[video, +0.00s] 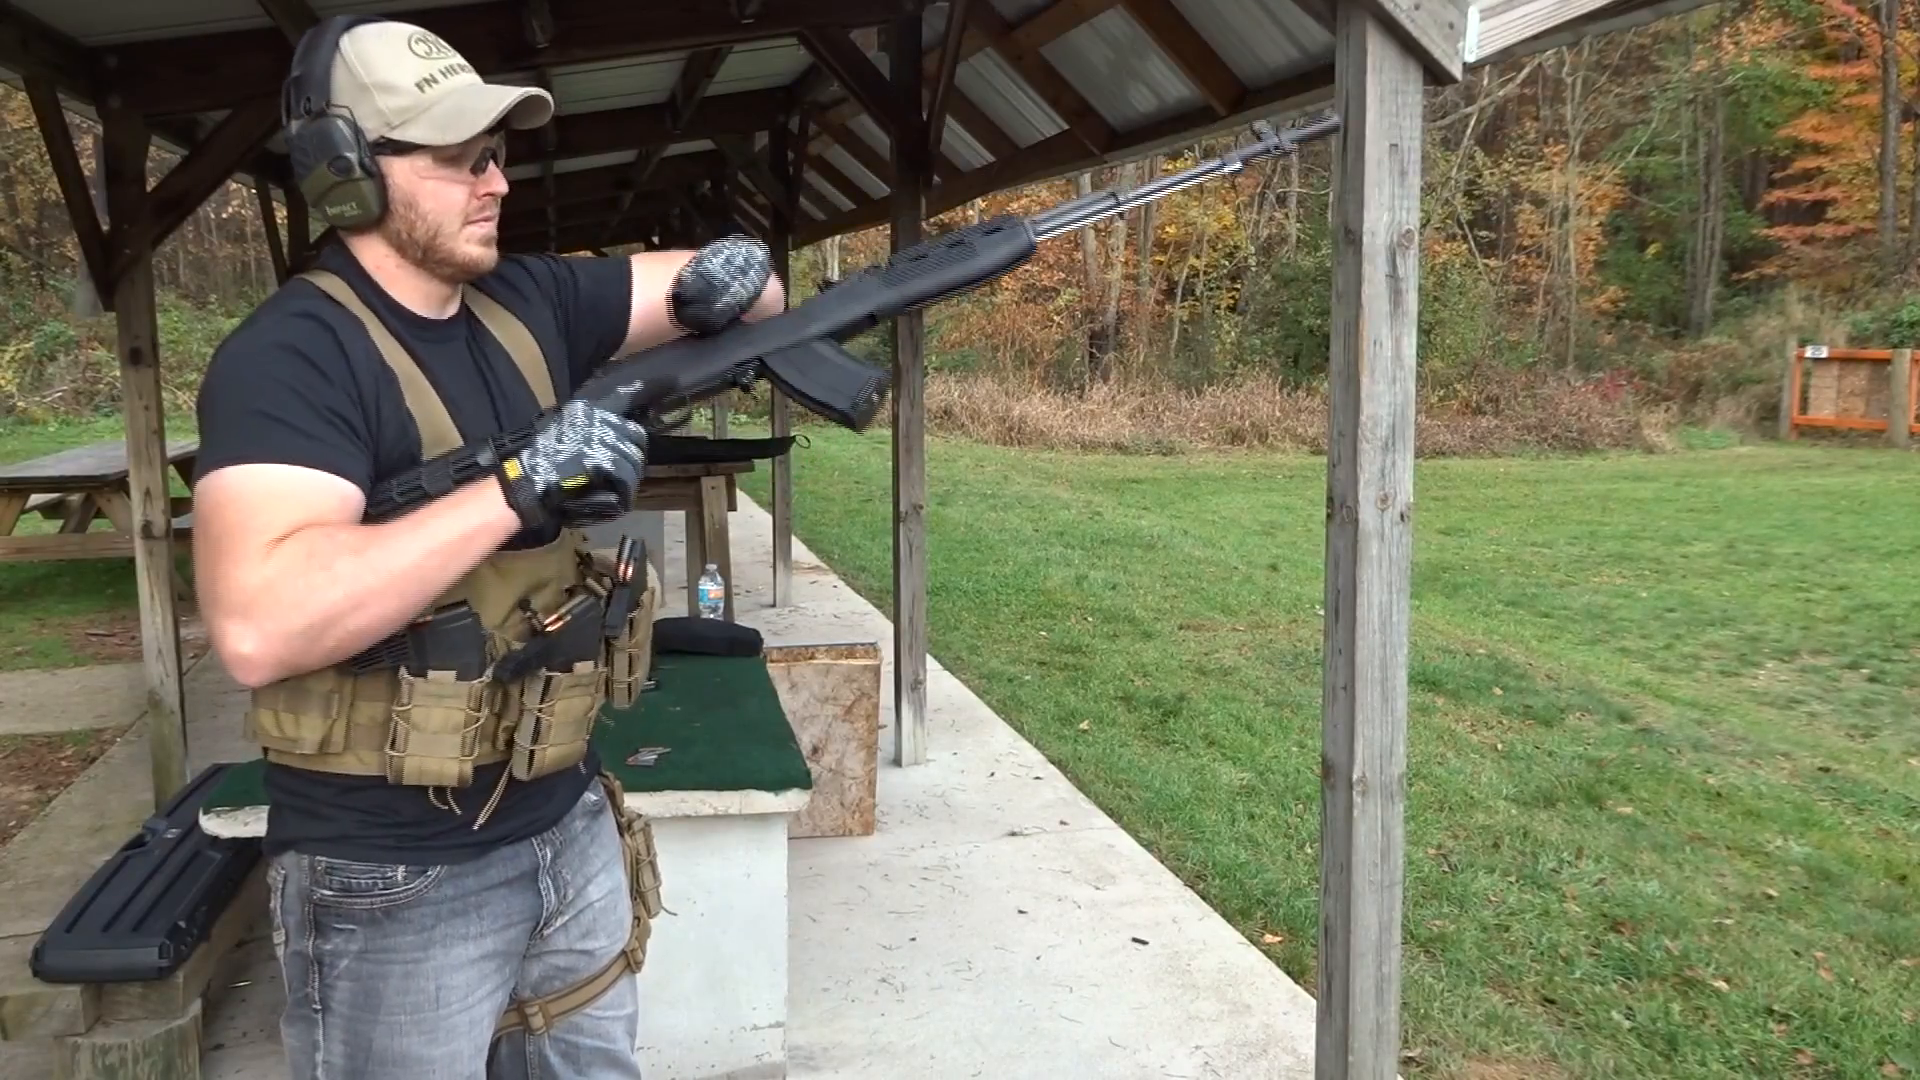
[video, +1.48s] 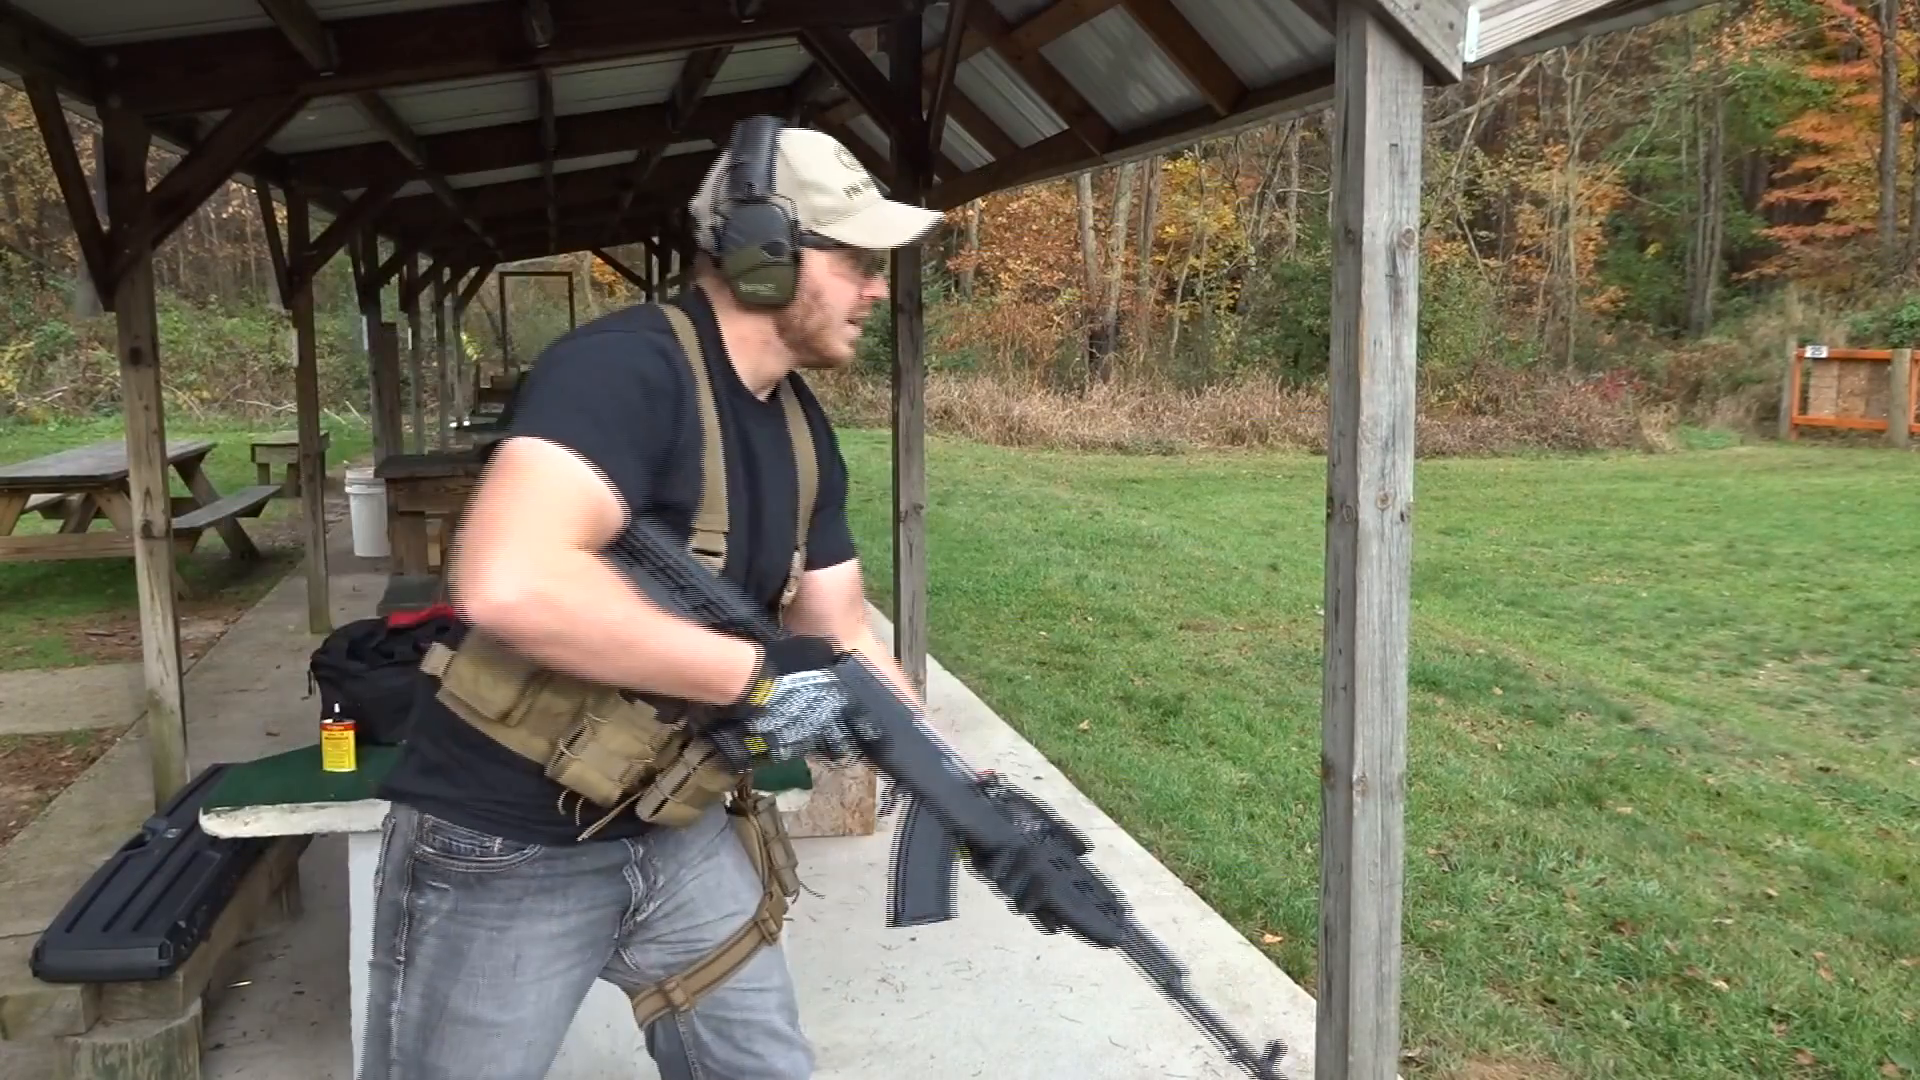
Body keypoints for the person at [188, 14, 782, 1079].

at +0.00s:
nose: (497, 180)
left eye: (495, 152)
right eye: (456, 157)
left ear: (497, 161)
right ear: (350, 175)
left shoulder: (528, 304)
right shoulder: (291, 355)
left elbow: (738, 296)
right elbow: (259, 626)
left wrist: (738, 280)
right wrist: (519, 487)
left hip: (572, 837)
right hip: (396, 888)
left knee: (596, 1064)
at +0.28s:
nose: (498, 180)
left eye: (495, 153)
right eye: (459, 157)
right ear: (350, 175)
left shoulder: (524, 312)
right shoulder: (293, 357)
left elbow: (708, 402)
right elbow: (305, 630)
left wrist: (698, 262)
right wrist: (552, 474)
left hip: (571, 836)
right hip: (397, 888)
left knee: (593, 1064)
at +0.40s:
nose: (502, 179)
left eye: (498, 152)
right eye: (463, 155)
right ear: (354, 171)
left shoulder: (522, 325)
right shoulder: (292, 357)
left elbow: (672, 460)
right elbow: (308, 628)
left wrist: (808, 376)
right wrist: (559, 468)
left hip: (569, 837)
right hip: (395, 890)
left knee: (597, 1065)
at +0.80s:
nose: (532, 205)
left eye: (533, 177)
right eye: (499, 179)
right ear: (386, 178)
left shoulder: (534, 343)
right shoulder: (291, 345)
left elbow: (660, 535)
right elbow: (235, 566)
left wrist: (823, 504)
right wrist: (534, 500)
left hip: (558, 839)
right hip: (370, 890)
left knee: (629, 1065)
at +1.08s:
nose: (615, 224)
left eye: (613, 197)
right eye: (585, 196)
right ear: (473, 197)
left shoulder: (596, 375)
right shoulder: (358, 352)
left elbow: (684, 573)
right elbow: (254, 584)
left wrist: (821, 654)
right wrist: (567, 576)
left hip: (580, 842)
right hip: (390, 889)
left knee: (676, 1066)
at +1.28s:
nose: (760, 260)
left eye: (761, 234)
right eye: (733, 231)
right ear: (632, 228)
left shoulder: (718, 401)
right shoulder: (495, 366)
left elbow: (772, 610)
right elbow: (381, 601)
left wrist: (901, 764)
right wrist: (656, 670)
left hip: (663, 842)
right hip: (473, 869)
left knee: (739, 1066)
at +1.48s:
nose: (877, 290)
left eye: (875, 265)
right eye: (854, 263)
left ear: (778, 266)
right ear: (762, 260)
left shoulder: (801, 432)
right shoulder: (619, 366)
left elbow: (845, 631)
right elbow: (509, 580)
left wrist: (948, 783)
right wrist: (755, 677)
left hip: (690, 836)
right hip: (508, 851)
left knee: (766, 1066)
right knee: (445, 1067)